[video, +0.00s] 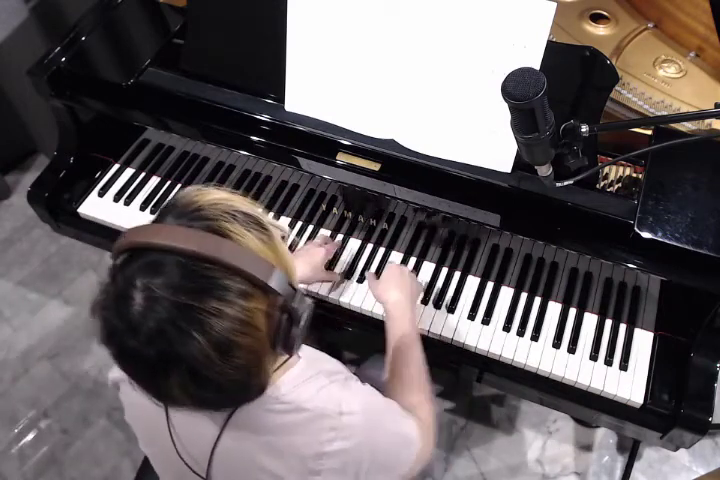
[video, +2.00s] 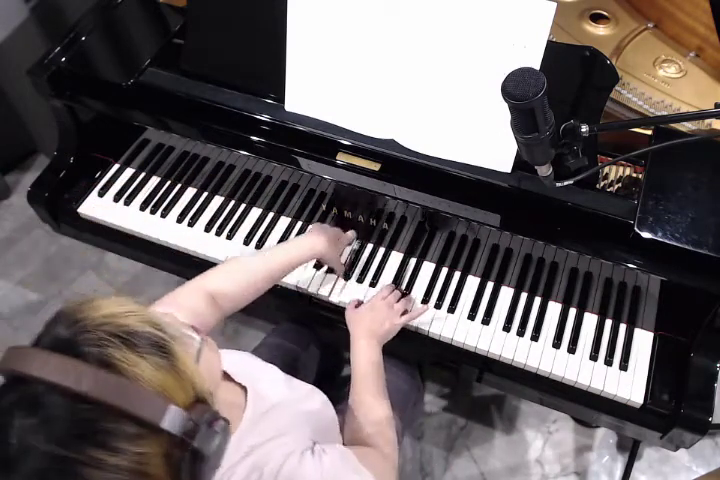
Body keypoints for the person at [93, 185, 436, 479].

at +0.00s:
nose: (285, 254)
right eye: (275, 253)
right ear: (267, 318)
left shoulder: (134, 368)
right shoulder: (335, 418)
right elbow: (416, 440)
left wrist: (287, 274)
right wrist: (401, 311)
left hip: (166, 464)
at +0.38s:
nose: (253, 235)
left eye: (244, 230)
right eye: (246, 237)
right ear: (233, 295)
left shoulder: (118, 376)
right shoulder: (317, 414)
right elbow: (382, 454)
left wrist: (286, 297)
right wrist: (372, 338)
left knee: (298, 328)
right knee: (393, 360)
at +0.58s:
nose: (221, 226)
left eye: (208, 221)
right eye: (212, 228)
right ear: (211, 297)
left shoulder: (103, 372)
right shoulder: (301, 416)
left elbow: (202, 341)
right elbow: (385, 464)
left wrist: (281, 287)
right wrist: (369, 346)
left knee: (306, 320)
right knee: (391, 359)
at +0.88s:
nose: (185, 232)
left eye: (172, 230)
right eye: (174, 238)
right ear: (172, 315)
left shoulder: (93, 376)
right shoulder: (280, 426)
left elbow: (191, 350)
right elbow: (385, 467)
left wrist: (287, 301)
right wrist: (374, 356)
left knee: (304, 320)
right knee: (398, 376)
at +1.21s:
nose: (160, 263)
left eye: (146, 262)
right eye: (148, 271)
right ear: (147, 355)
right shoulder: (263, 437)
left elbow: (185, 329)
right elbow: (387, 461)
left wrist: (289, 290)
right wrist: (381, 356)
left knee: (305, 322)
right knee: (398, 369)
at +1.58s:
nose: (151, 304)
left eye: (131, 305)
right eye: (142, 323)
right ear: (144, 391)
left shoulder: (142, 380)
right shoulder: (262, 462)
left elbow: (185, 324)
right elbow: (384, 466)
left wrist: (292, 272)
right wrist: (378, 352)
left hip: (260, 374)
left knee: (309, 310)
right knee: (398, 369)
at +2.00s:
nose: (191, 333)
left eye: (174, 333)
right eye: (187, 348)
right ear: (183, 407)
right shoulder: (278, 469)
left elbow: (207, 298)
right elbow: (378, 465)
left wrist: (306, 244)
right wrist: (366, 343)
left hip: (258, 372)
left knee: (301, 328)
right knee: (397, 369)